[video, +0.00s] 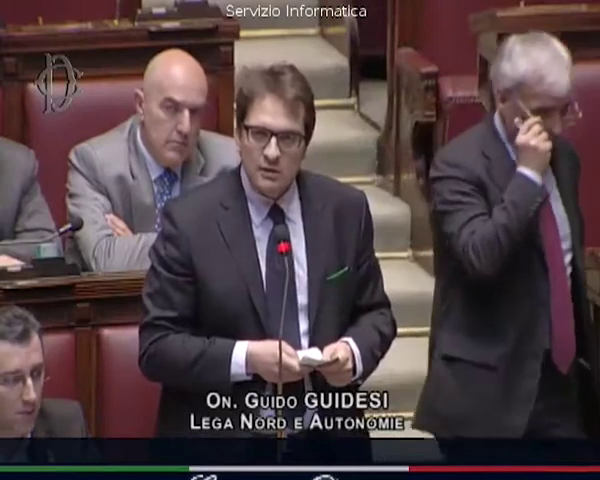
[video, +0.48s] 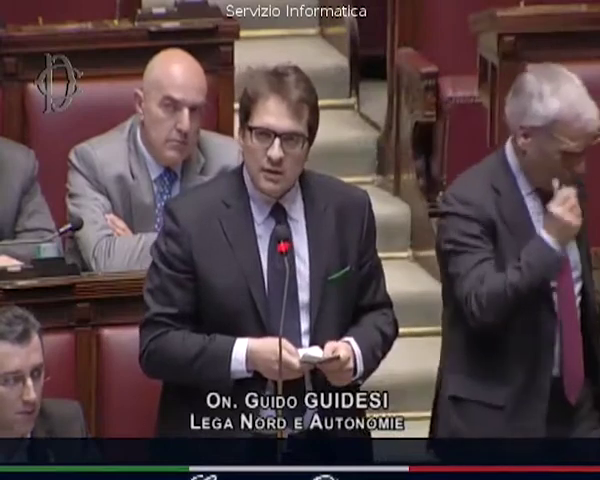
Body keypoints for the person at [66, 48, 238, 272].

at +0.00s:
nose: (185, 127)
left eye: (195, 111)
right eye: (170, 108)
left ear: (204, 108)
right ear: (140, 104)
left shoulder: (230, 157)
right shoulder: (91, 161)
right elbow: (105, 259)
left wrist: (138, 251)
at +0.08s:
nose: (185, 127)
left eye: (195, 111)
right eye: (170, 108)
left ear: (204, 108)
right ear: (140, 104)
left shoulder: (230, 157)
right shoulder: (91, 161)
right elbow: (105, 259)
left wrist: (139, 251)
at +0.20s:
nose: (185, 127)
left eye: (195, 111)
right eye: (170, 108)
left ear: (204, 108)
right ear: (140, 104)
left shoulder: (230, 157)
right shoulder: (91, 161)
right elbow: (105, 259)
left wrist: (139, 251)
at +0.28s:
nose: (185, 127)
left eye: (195, 111)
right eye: (170, 107)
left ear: (204, 108)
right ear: (140, 104)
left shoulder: (231, 158)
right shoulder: (91, 161)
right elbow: (105, 259)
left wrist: (139, 251)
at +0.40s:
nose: (185, 126)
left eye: (195, 110)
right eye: (170, 107)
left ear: (204, 108)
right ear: (140, 104)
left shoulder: (231, 157)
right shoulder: (91, 161)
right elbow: (105, 259)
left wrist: (138, 252)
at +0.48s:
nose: (185, 126)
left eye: (195, 110)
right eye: (170, 106)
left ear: (204, 108)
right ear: (140, 104)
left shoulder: (231, 157)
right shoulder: (91, 161)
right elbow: (105, 259)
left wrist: (138, 251)